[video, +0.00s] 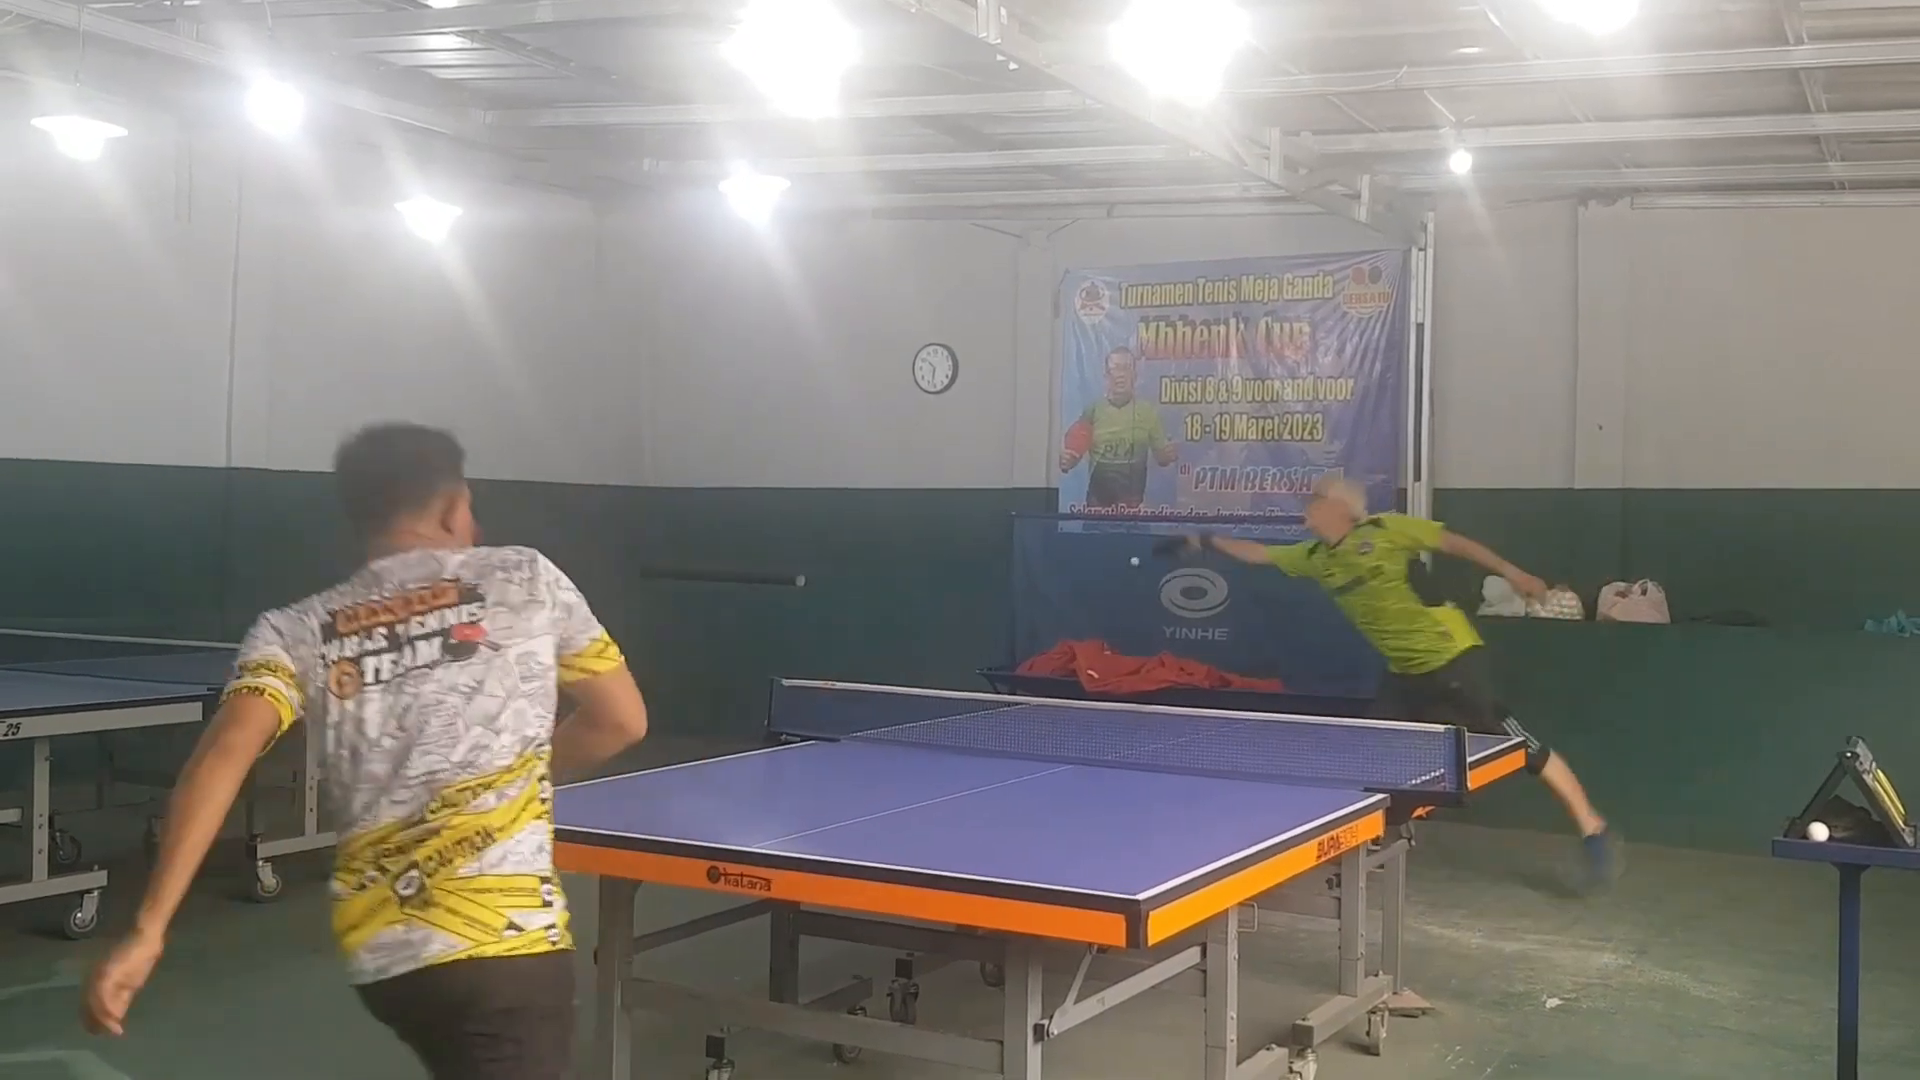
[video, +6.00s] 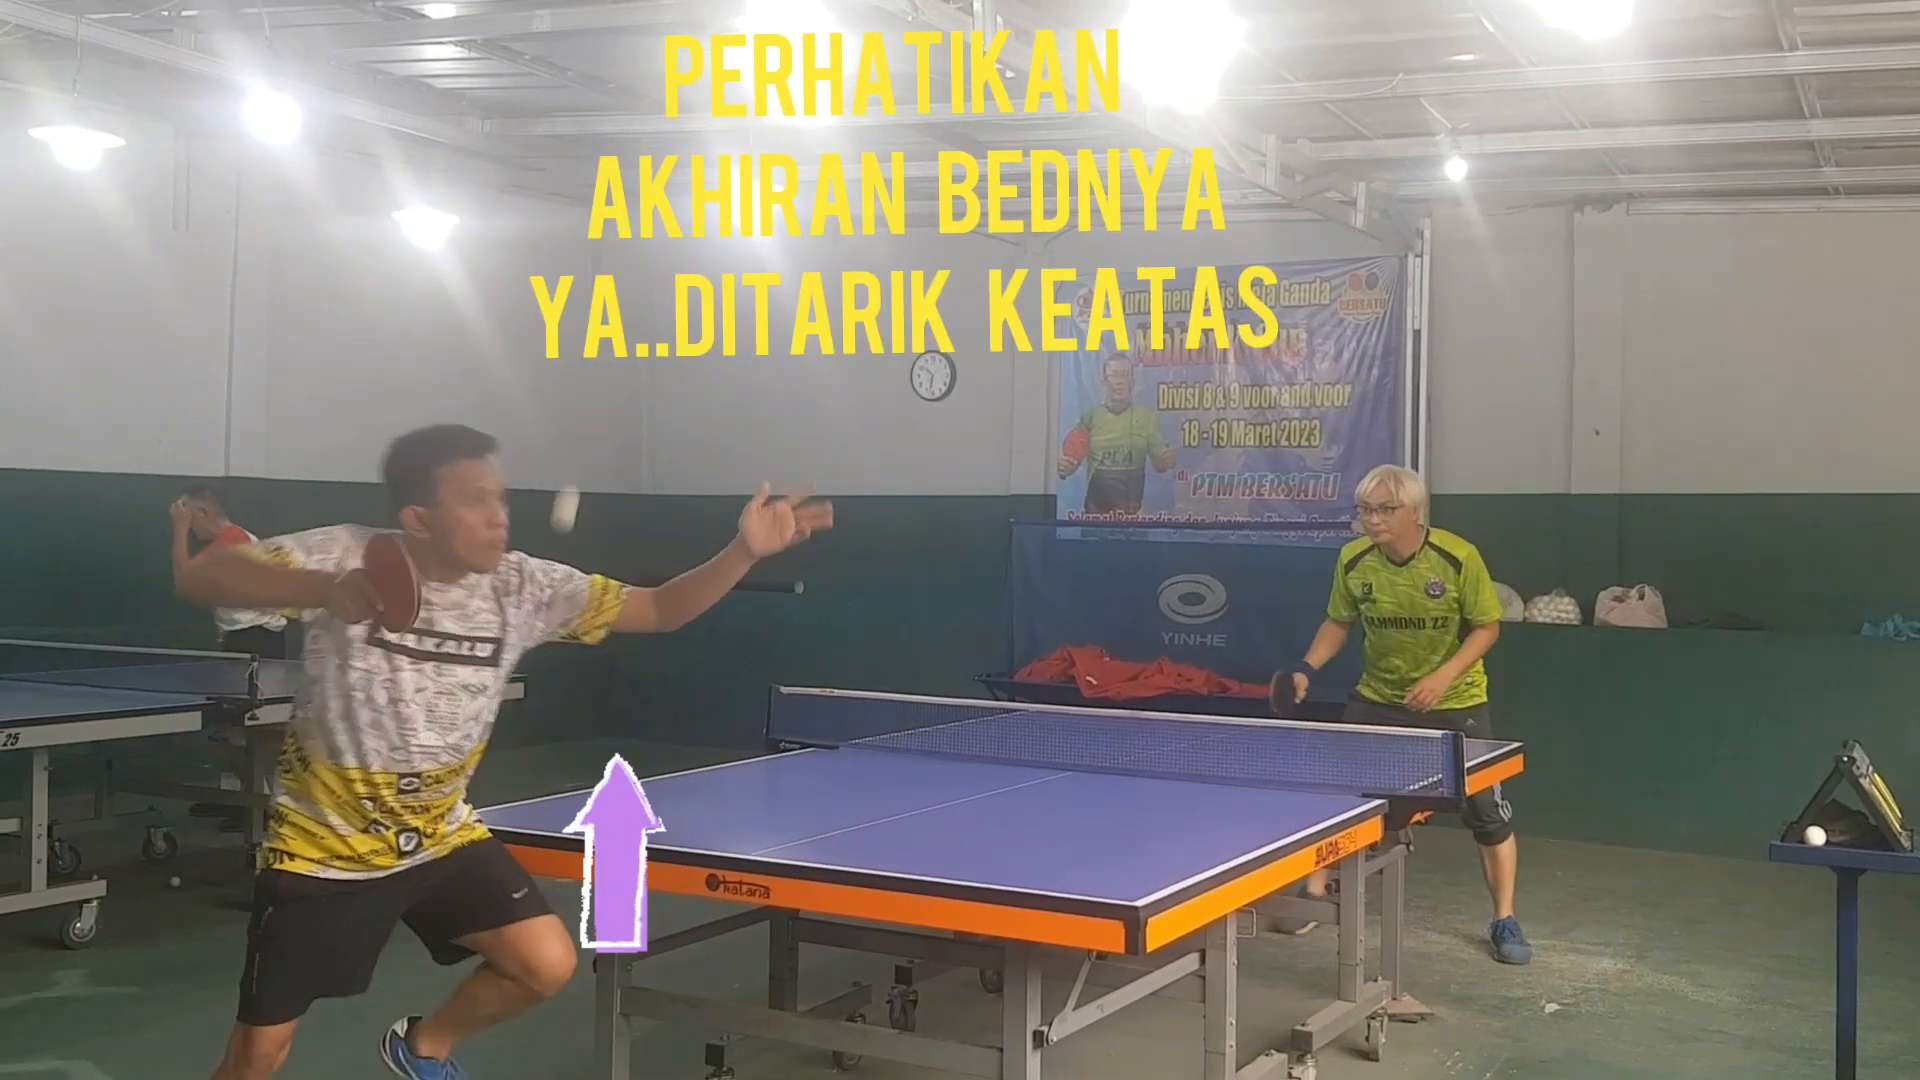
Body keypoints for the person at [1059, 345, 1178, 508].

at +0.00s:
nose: (1120, 375)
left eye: (1126, 369)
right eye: (1114, 369)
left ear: (1134, 374)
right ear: (1106, 374)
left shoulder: (1147, 412)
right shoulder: (1094, 411)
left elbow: (1161, 456)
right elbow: (1077, 445)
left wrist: (1168, 454)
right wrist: (1066, 460)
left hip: (1132, 498)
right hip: (1098, 499)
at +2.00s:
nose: (1118, 377)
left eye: (1124, 370)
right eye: (1113, 370)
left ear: (1133, 375)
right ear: (1105, 376)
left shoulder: (1146, 413)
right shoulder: (1093, 412)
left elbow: (1161, 457)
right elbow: (1076, 446)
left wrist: (1167, 455)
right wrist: (1066, 462)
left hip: (1132, 498)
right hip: (1098, 499)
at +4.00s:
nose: (1116, 381)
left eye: (1122, 374)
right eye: (1110, 375)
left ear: (1131, 380)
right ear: (1103, 381)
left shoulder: (1145, 418)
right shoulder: (1091, 419)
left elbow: (1158, 463)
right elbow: (1074, 449)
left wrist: (1165, 460)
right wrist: (1065, 466)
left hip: (1129, 507)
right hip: (1095, 508)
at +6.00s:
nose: (1118, 382)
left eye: (1123, 375)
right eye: (1112, 375)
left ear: (1132, 380)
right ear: (1103, 381)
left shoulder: (1145, 417)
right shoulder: (1091, 418)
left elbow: (1158, 462)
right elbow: (1074, 450)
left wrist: (1166, 460)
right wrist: (1066, 466)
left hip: (1131, 505)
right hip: (1097, 506)